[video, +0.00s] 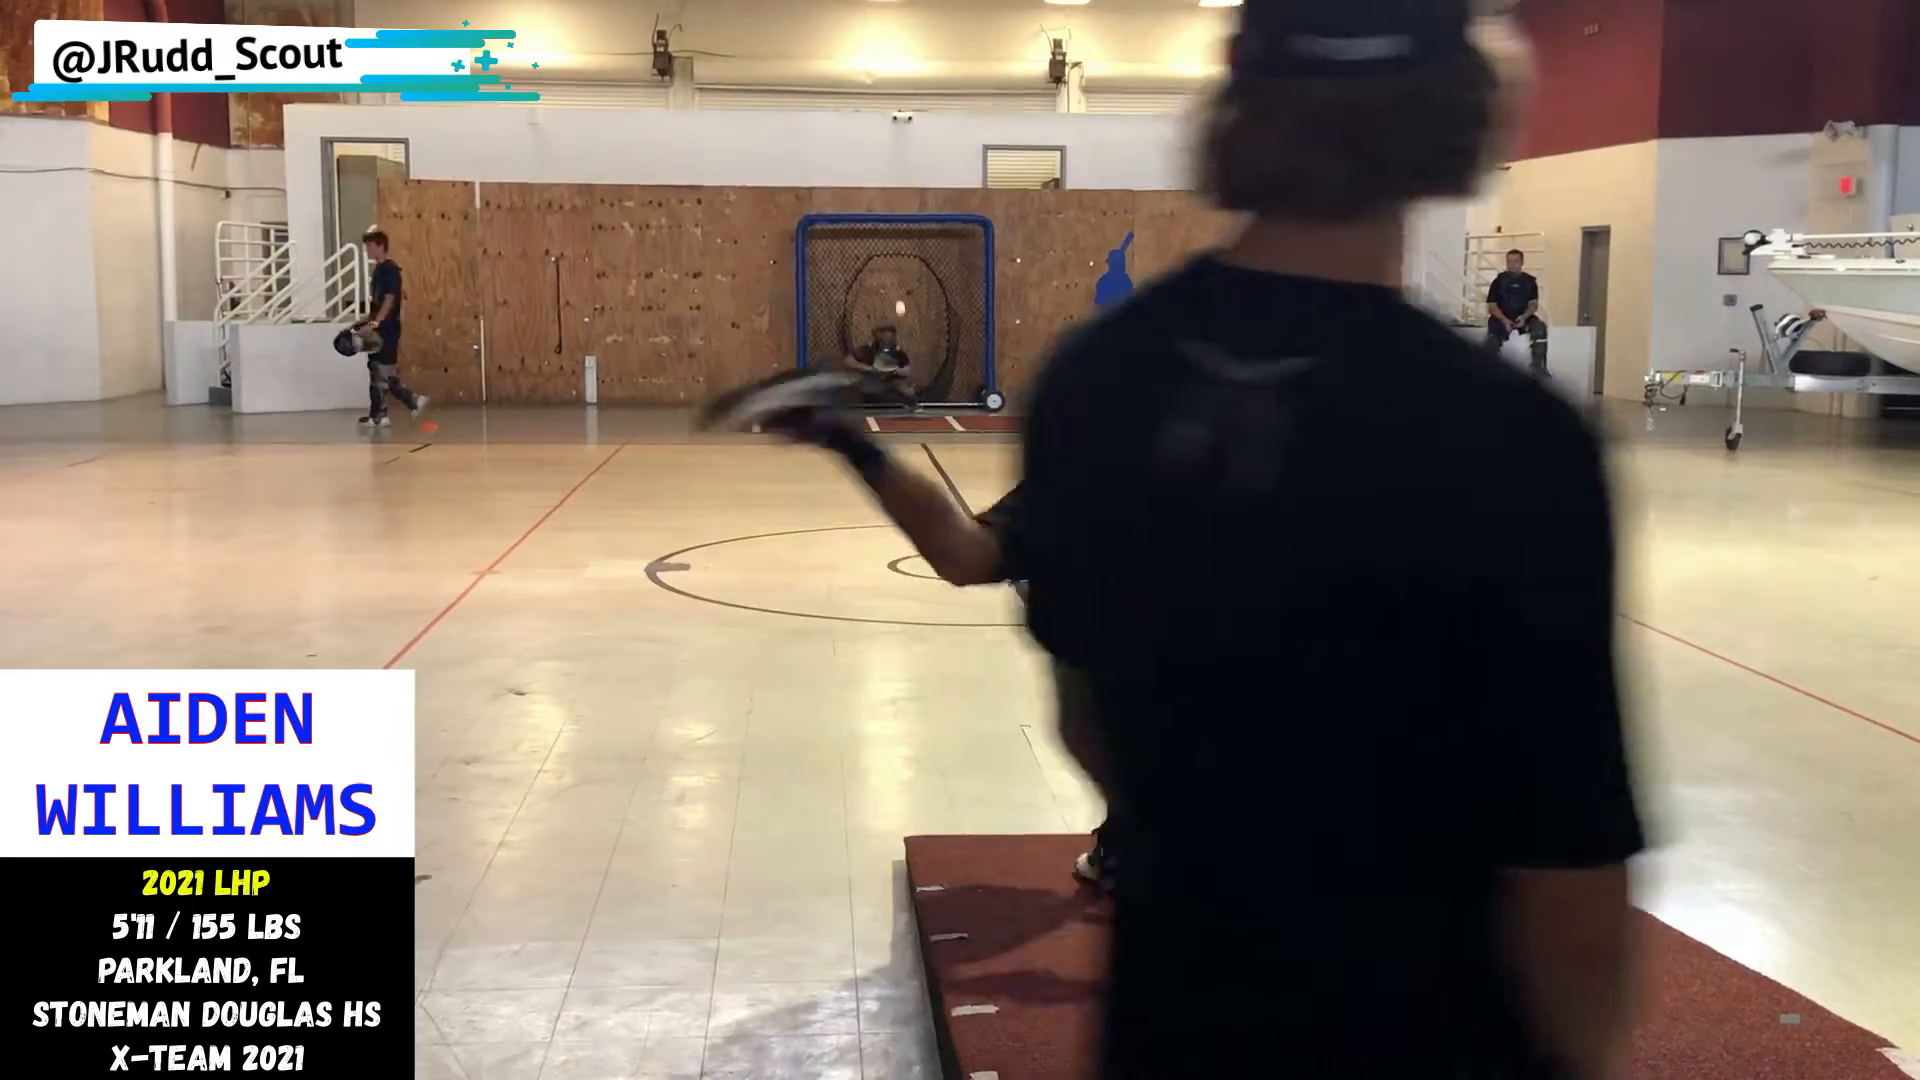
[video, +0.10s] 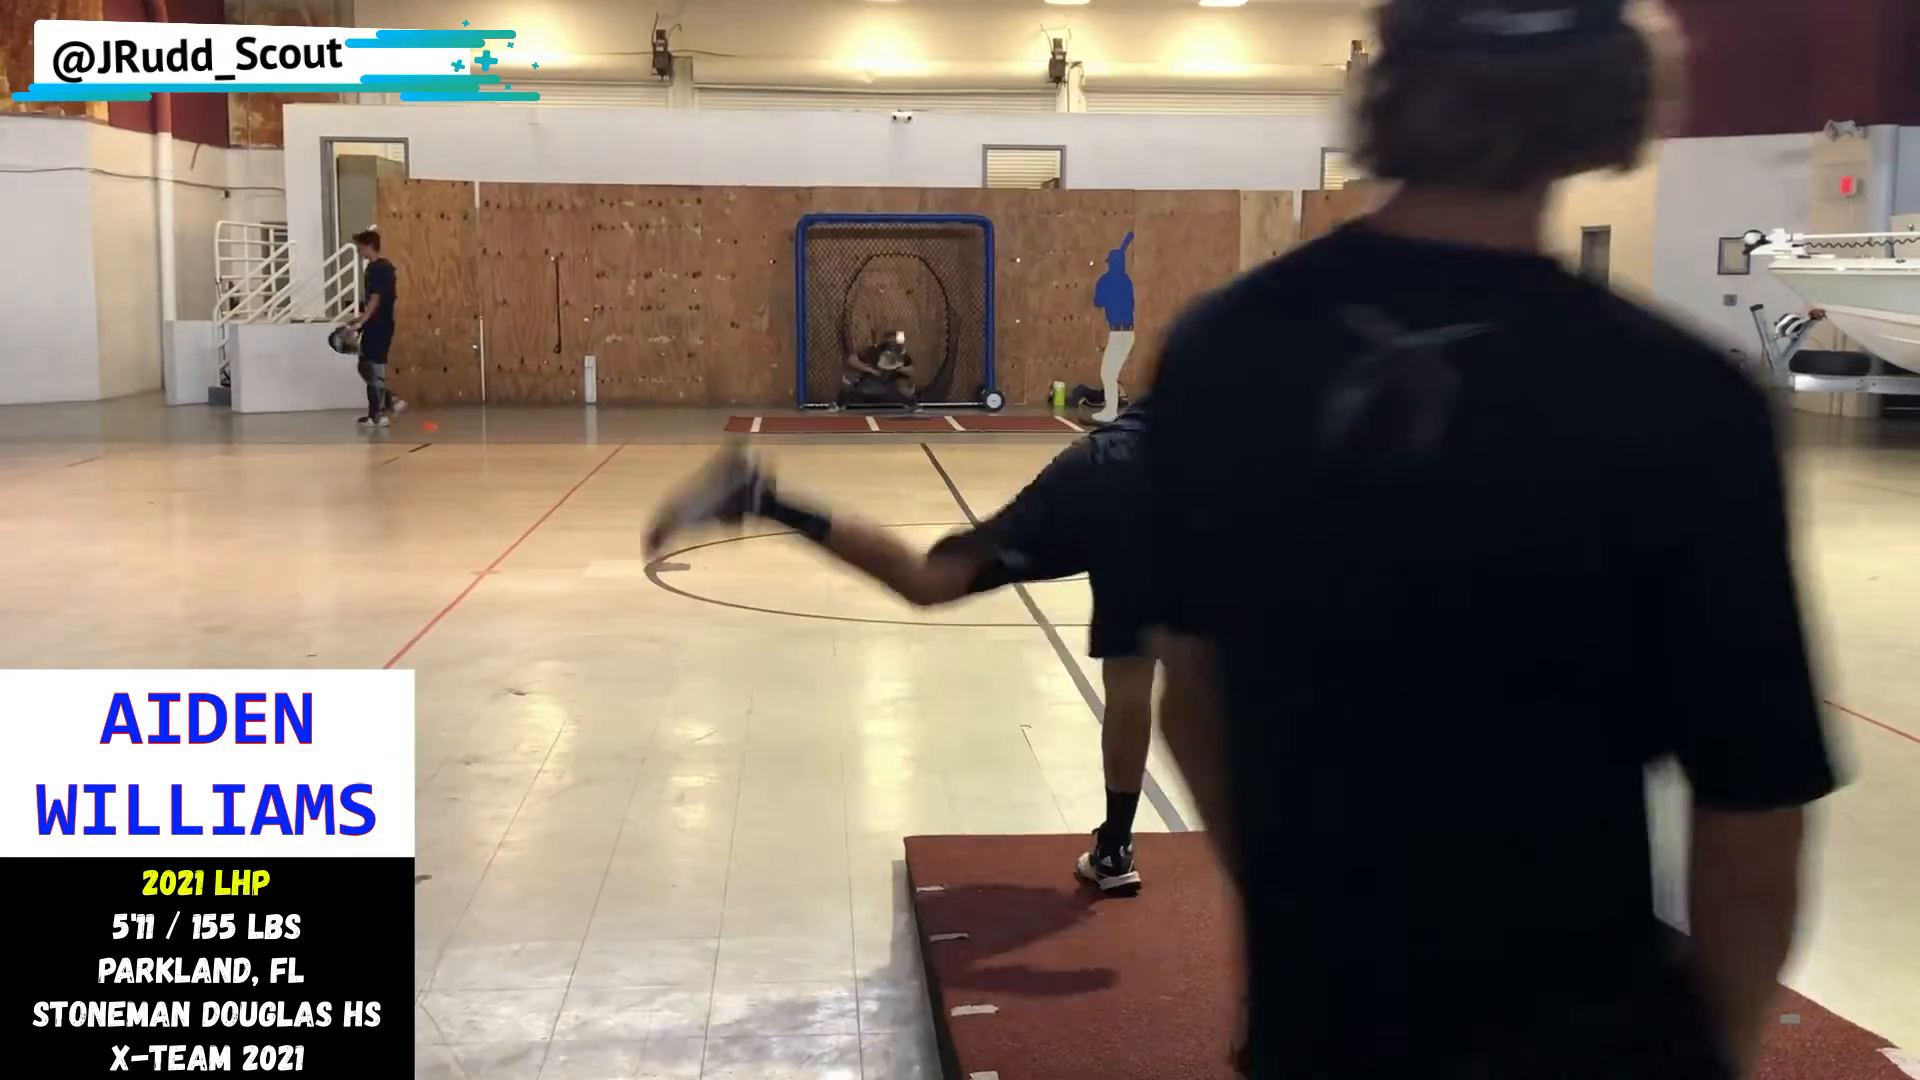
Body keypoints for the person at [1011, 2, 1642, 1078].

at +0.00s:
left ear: (1243, 103)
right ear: (1451, 127)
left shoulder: (1092, 377)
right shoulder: (1511, 433)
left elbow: (1090, 729)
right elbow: (1568, 897)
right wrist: (1584, 1046)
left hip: (1171, 995)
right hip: (1440, 1017)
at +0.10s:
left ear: (1389, 78)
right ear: (1606, 104)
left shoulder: (1219, 349)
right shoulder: (1682, 396)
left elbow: (1190, 699)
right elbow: (1751, 814)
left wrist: (1283, 901)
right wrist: (1714, 1040)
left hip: (1308, 1002)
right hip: (1581, 1014)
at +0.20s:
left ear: (1511, 56)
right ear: (1727, 73)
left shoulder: (1333, 321)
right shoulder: (1820, 361)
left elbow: (1286, 690)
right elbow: (1870, 798)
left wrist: (1320, 963)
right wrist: (1817, 1025)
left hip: (1412, 988)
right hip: (1689, 1001)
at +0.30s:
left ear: (1615, 55)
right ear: (1825, 74)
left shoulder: (1430, 316)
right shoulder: (1889, 333)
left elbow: (1364, 678)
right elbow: (1911, 752)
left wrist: (1351, 986)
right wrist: (1879, 1035)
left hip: (1497, 980)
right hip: (1765, 988)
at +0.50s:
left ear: (1736, 93)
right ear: (1917, 125)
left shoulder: (1572, 353)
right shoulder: (1905, 334)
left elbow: (1472, 695)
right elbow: (1478, 697)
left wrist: (1441, 999)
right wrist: (1446, 994)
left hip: (1655, 998)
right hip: (1894, 1003)